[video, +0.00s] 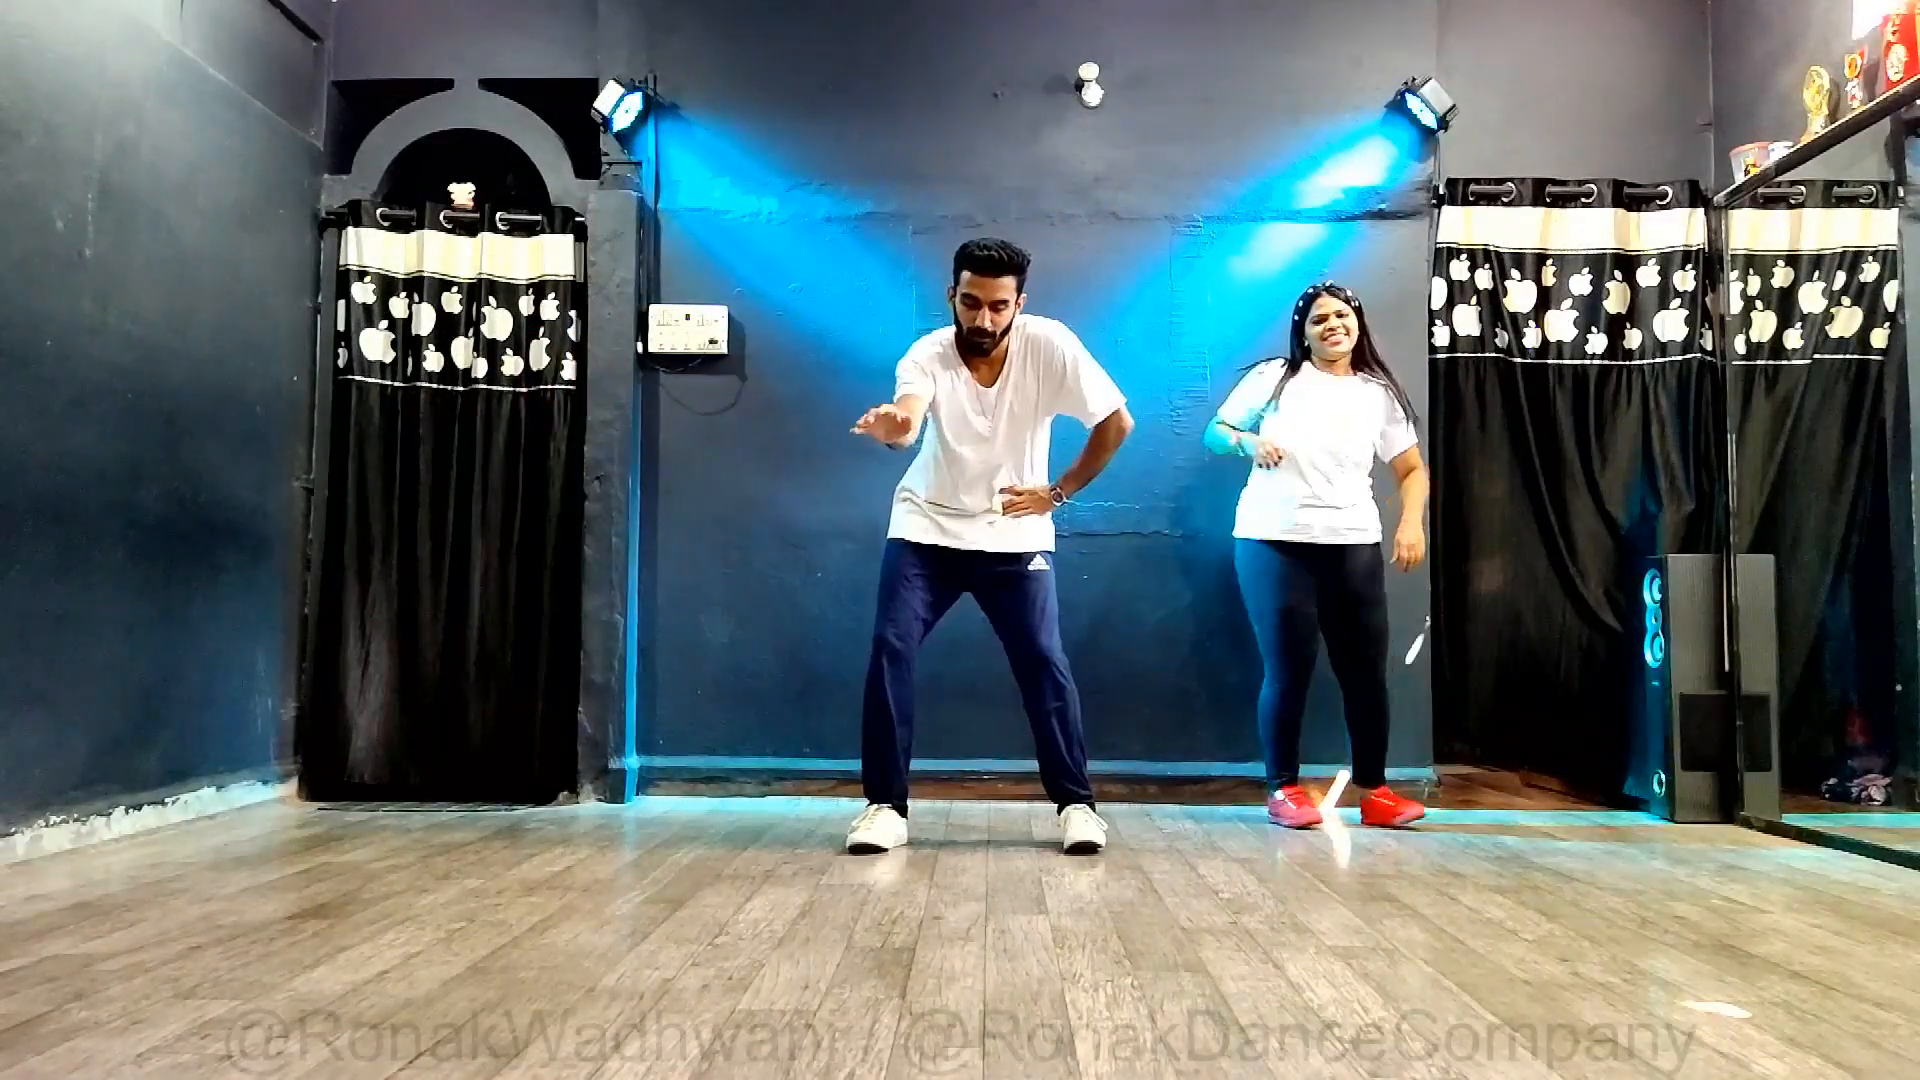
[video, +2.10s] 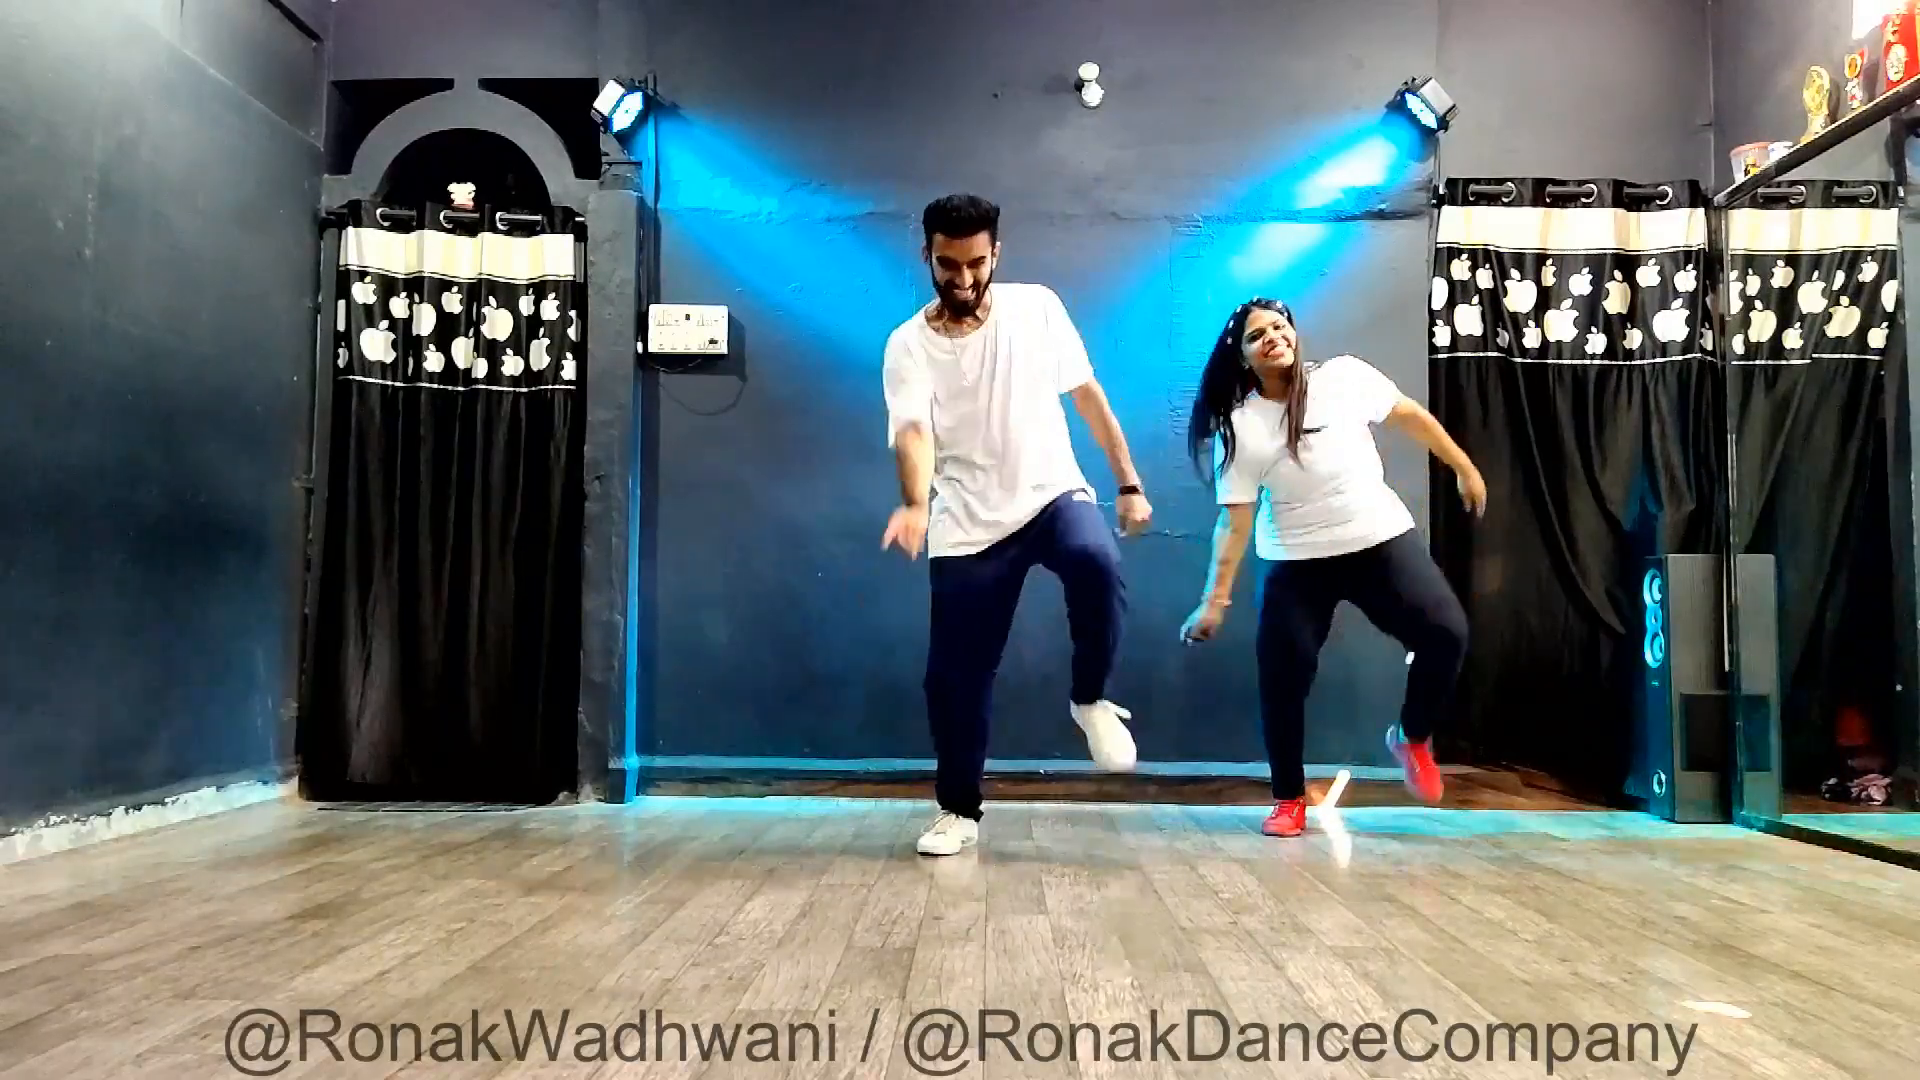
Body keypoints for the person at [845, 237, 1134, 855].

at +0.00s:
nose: (984, 319)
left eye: (999, 306)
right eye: (972, 303)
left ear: (1019, 302)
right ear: (954, 296)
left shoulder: (1049, 344)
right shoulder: (927, 356)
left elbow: (1116, 423)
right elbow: (906, 417)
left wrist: (1059, 492)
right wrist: (892, 428)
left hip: (1014, 525)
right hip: (928, 520)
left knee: (1044, 657)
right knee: (892, 643)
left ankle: (1075, 804)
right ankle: (885, 807)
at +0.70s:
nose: (1011, 257)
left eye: (1012, 244)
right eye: (998, 246)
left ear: (997, 248)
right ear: (956, 254)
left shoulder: (1024, 309)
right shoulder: (894, 333)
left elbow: (1097, 380)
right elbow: (871, 435)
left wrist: (1053, 465)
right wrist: (845, 521)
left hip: (1007, 505)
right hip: (924, 507)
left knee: (1035, 653)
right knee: (912, 648)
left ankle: (1060, 794)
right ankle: (892, 803)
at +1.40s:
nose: (1044, 235)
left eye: (1052, 224)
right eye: (1030, 224)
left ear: (1059, 233)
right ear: (996, 233)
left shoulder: (1081, 299)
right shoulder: (962, 320)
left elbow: (1080, 386)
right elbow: (959, 409)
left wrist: (1046, 455)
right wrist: (944, 481)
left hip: (1078, 519)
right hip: (995, 520)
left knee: (1095, 667)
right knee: (972, 665)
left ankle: (1110, 801)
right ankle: (943, 811)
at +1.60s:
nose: (1056, 238)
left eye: (1069, 228)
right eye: (1044, 225)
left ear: (1085, 240)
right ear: (1023, 236)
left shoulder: (1108, 311)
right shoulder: (990, 321)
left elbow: (1081, 402)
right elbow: (981, 416)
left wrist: (975, 396)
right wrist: (965, 459)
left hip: (1087, 523)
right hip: (1007, 519)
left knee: (1096, 672)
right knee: (973, 650)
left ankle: (1105, 802)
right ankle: (949, 807)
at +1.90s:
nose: (992, 248)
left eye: (1005, 235)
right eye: (978, 236)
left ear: (1025, 236)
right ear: (960, 242)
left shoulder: (1052, 270)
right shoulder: (940, 323)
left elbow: (1122, 300)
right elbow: (905, 394)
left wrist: (1056, 372)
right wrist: (871, 454)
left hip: (1077, 508)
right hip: (992, 515)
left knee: (1096, 661)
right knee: (963, 649)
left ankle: (1108, 800)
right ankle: (957, 803)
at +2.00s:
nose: (972, 287)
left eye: (983, 270)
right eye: (956, 274)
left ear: (1002, 253)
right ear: (935, 263)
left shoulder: (1044, 297)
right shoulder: (914, 352)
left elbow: (1109, 369)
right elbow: (908, 452)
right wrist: (893, 542)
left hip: (1068, 514)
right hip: (977, 530)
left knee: (1111, 643)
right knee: (959, 669)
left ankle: (1115, 775)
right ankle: (957, 812)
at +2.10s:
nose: (963, 279)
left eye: (975, 265)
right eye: (949, 265)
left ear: (995, 255)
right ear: (929, 258)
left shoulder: (1036, 308)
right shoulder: (908, 344)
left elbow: (1086, 395)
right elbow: (913, 430)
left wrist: (1129, 483)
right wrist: (915, 503)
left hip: (1053, 495)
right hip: (967, 519)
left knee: (1094, 558)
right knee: (955, 674)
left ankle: (1092, 701)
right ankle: (959, 812)